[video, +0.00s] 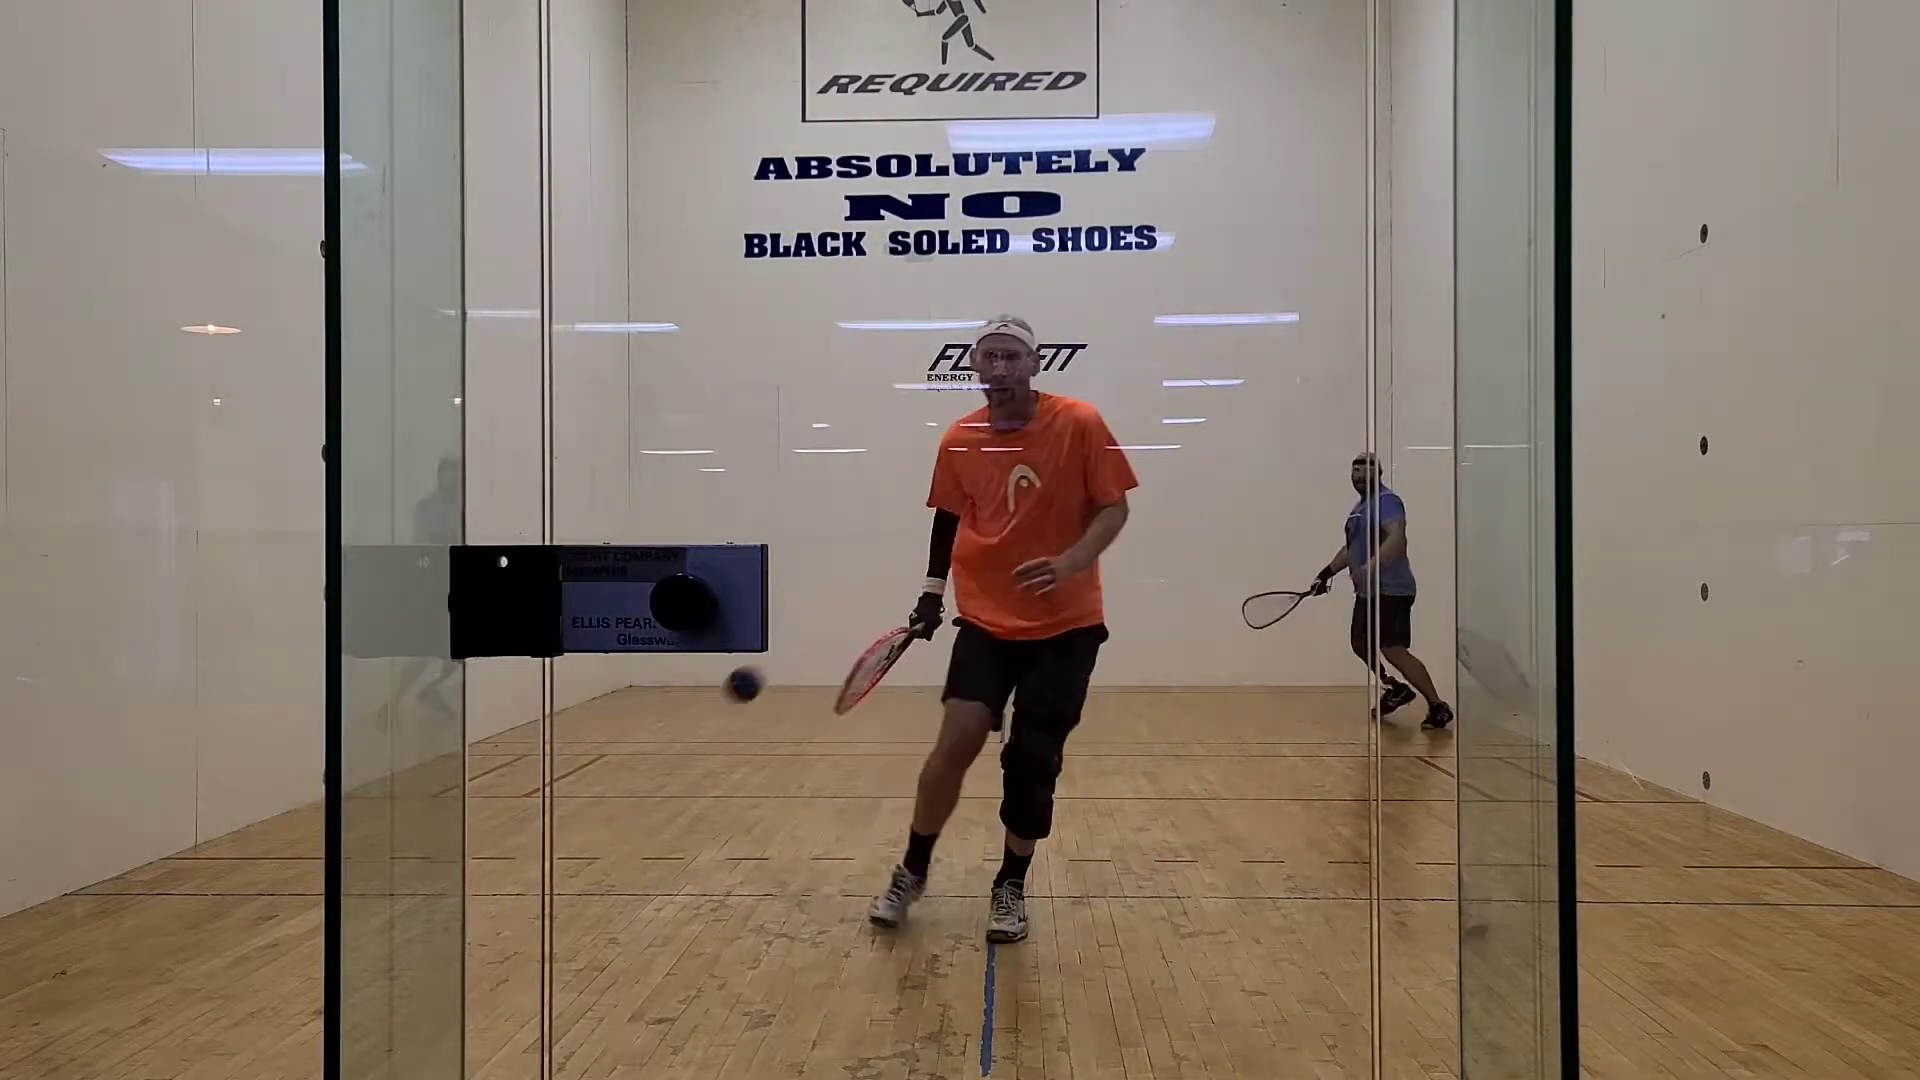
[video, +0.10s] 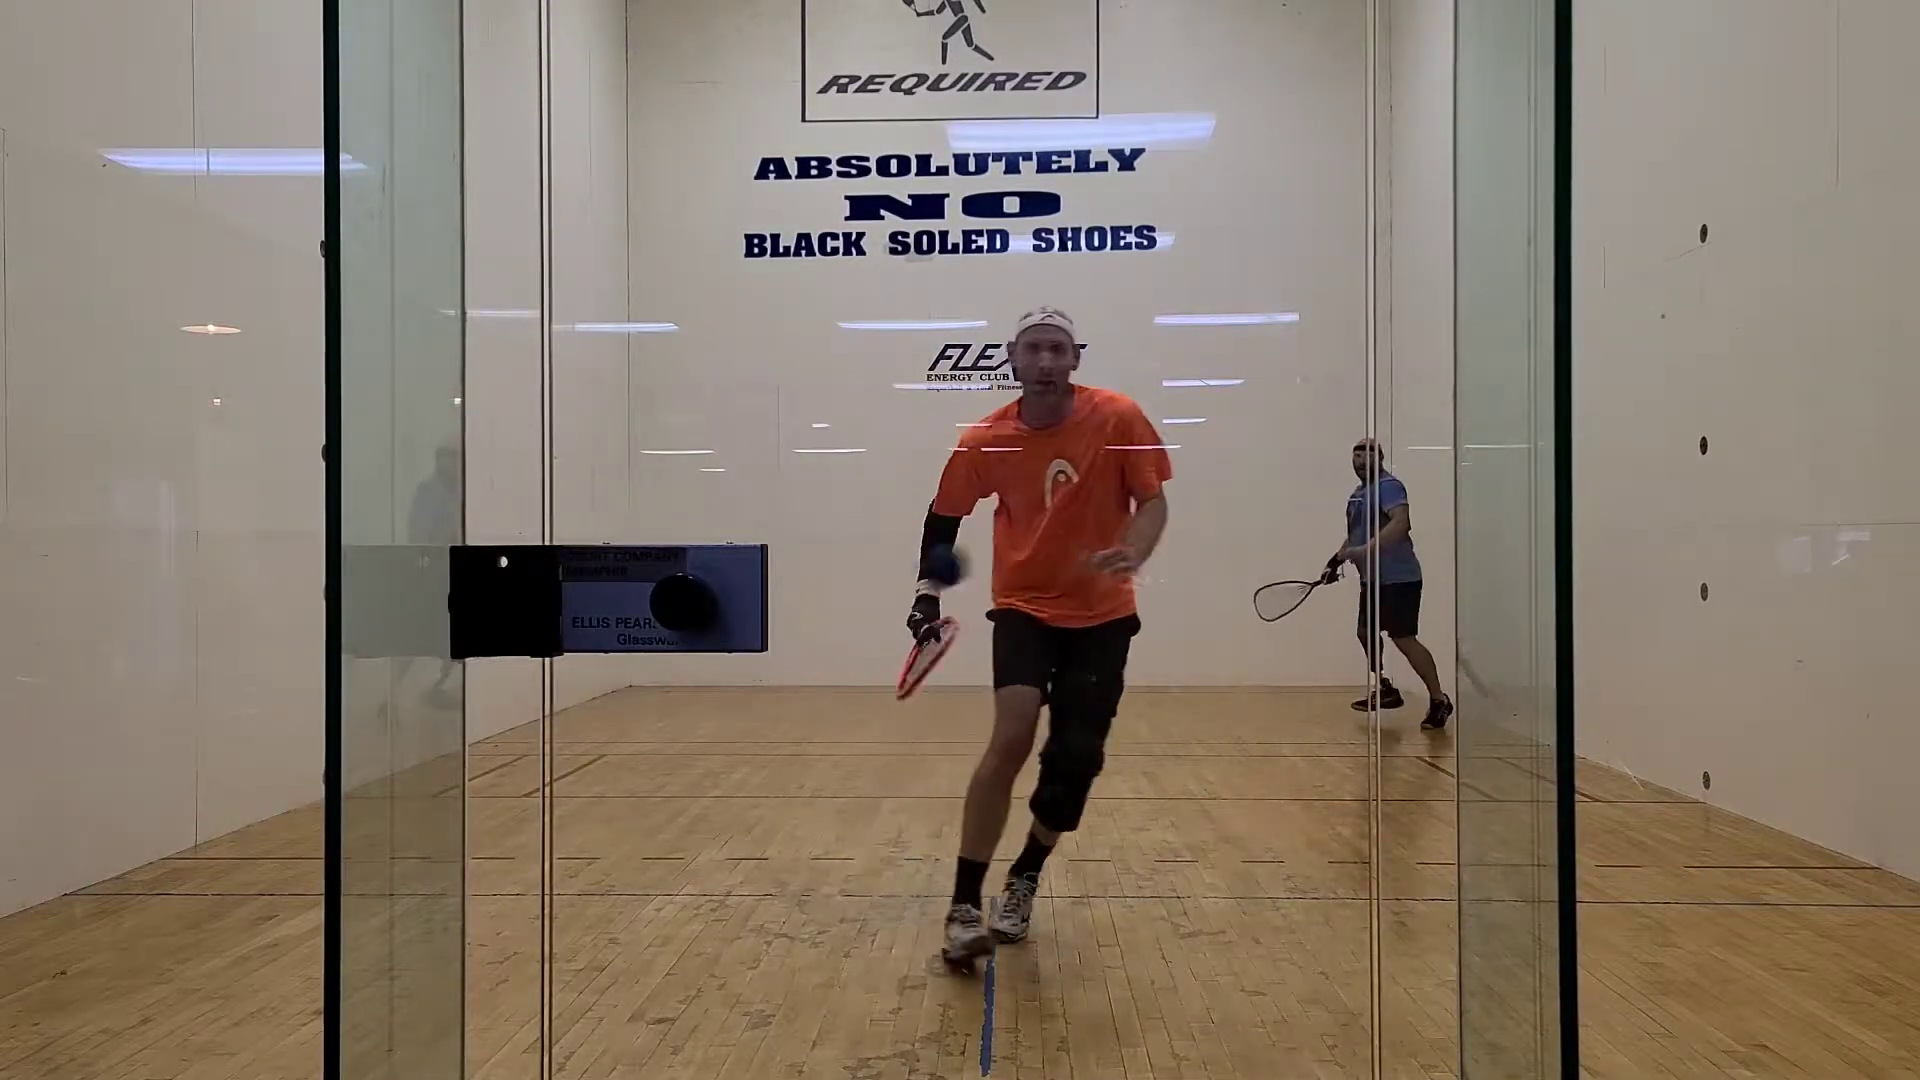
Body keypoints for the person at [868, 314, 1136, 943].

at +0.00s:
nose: (1000, 369)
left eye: (1013, 356)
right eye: (989, 358)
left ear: (1037, 365)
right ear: (976, 368)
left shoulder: (1078, 425)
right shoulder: (960, 443)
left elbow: (1114, 510)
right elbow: (946, 522)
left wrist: (1070, 561)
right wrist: (932, 594)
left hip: (1065, 625)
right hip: (986, 621)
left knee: (1033, 759)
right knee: (958, 738)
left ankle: (1011, 885)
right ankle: (911, 870)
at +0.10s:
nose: (1046, 360)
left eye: (1058, 350)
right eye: (1034, 349)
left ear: (1077, 361)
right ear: (1013, 361)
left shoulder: (1117, 419)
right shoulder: (985, 442)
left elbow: (1153, 502)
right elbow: (943, 522)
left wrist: (1135, 548)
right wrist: (930, 593)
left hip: (1103, 613)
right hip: (1025, 609)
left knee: (1075, 762)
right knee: (1013, 736)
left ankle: (1025, 877)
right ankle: (966, 903)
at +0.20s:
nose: (1109, 366)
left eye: (1121, 356)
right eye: (1097, 355)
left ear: (1137, 369)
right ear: (1072, 367)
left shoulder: (1167, 437)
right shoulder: (1031, 452)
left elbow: (1205, 518)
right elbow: (949, 506)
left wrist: (1240, 568)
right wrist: (933, 575)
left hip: (1133, 624)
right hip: (1052, 626)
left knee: (1174, 751)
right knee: (1051, 759)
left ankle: (1118, 880)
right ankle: (974, 927)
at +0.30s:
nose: (1190, 360)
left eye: (1202, 350)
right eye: (1177, 347)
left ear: (1217, 363)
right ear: (1151, 356)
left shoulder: (1224, 432)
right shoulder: (1101, 427)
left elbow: (1249, 491)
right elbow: (1024, 466)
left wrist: (1317, 527)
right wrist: (1001, 481)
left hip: (1171, 626)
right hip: (1092, 633)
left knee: (1277, 730)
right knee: (1083, 785)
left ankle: (1269, 915)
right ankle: (980, 924)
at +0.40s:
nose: (1283, 350)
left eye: (1292, 339)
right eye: (1270, 336)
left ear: (1300, 348)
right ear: (1235, 343)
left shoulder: (1291, 416)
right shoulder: (1184, 408)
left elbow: (1290, 479)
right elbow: (1092, 445)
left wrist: (1358, 507)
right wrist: (1079, 429)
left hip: (1234, 625)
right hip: (1162, 628)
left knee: (1341, 743)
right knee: (1191, 790)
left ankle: (1359, 941)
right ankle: (1036, 891)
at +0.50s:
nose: (1377, 357)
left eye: (1381, 346)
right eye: (1364, 342)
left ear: (1378, 358)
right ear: (1319, 348)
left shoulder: (1356, 426)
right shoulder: (1265, 410)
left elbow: (1355, 490)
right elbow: (1159, 438)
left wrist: (1422, 522)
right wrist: (1181, 387)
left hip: (1292, 630)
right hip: (1235, 631)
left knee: (1401, 759)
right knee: (1353, 760)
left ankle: (1365, 939)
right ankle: (1210, 910)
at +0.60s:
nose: (1458, 379)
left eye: (1461, 366)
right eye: (1448, 362)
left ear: (1445, 374)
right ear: (1402, 361)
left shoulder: (1421, 434)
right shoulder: (1352, 421)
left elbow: (1383, 502)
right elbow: (1271, 468)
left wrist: (1429, 554)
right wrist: (1320, 407)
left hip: (1347, 631)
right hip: (1294, 642)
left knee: (1439, 759)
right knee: (1454, 749)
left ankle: (1368, 938)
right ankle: (1497, 964)